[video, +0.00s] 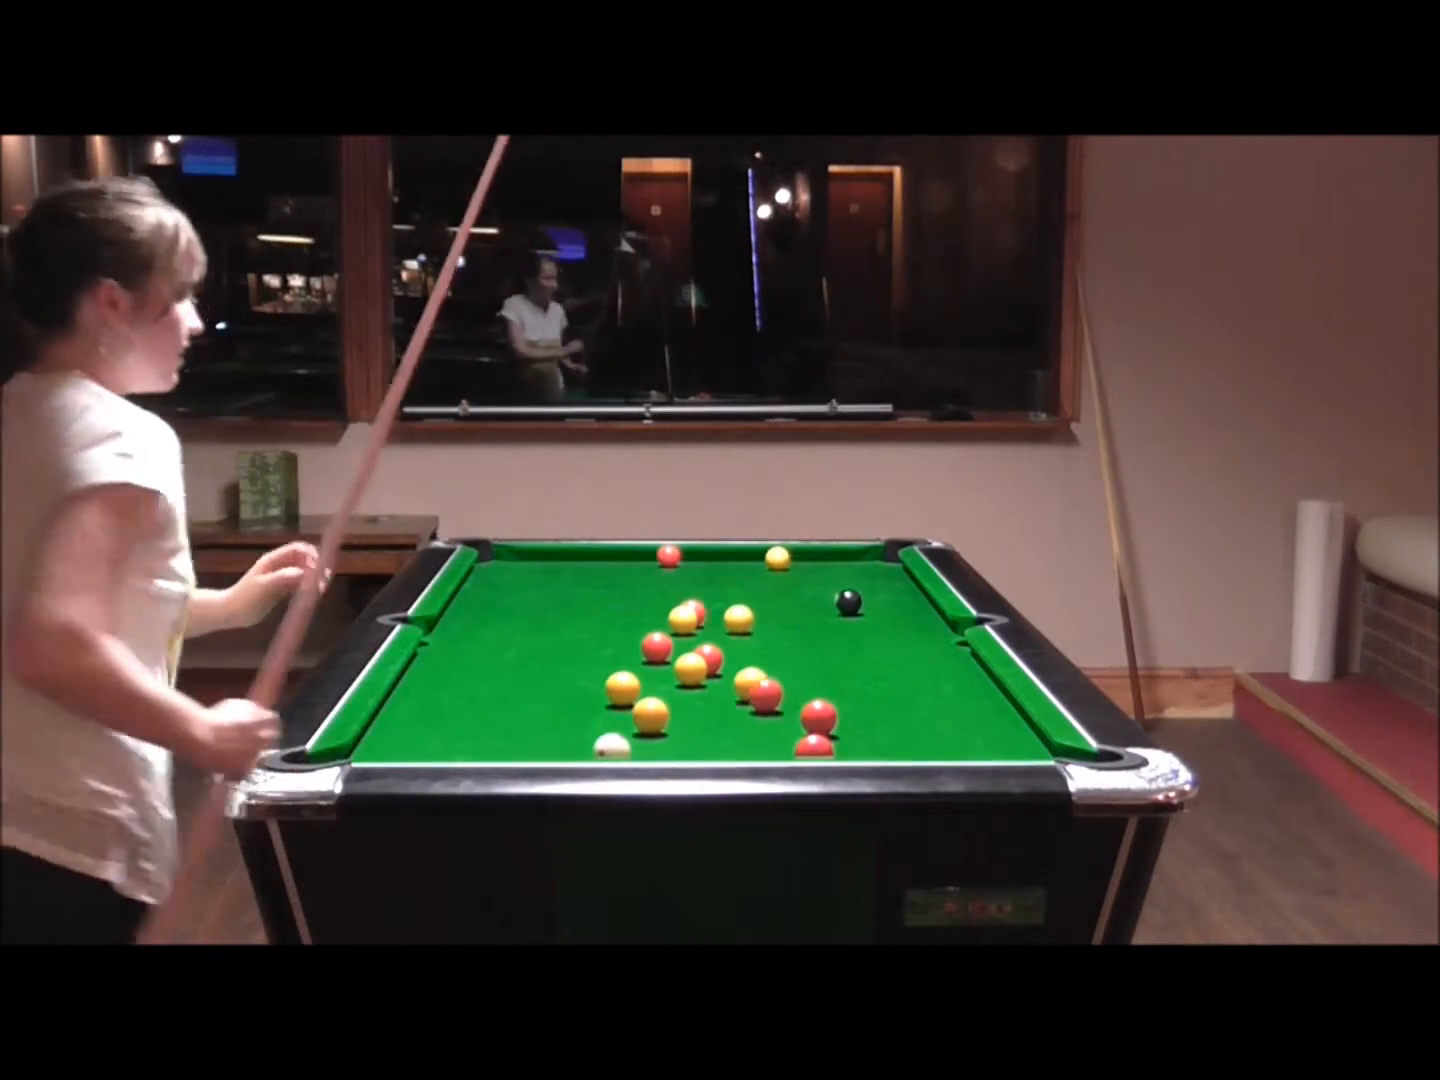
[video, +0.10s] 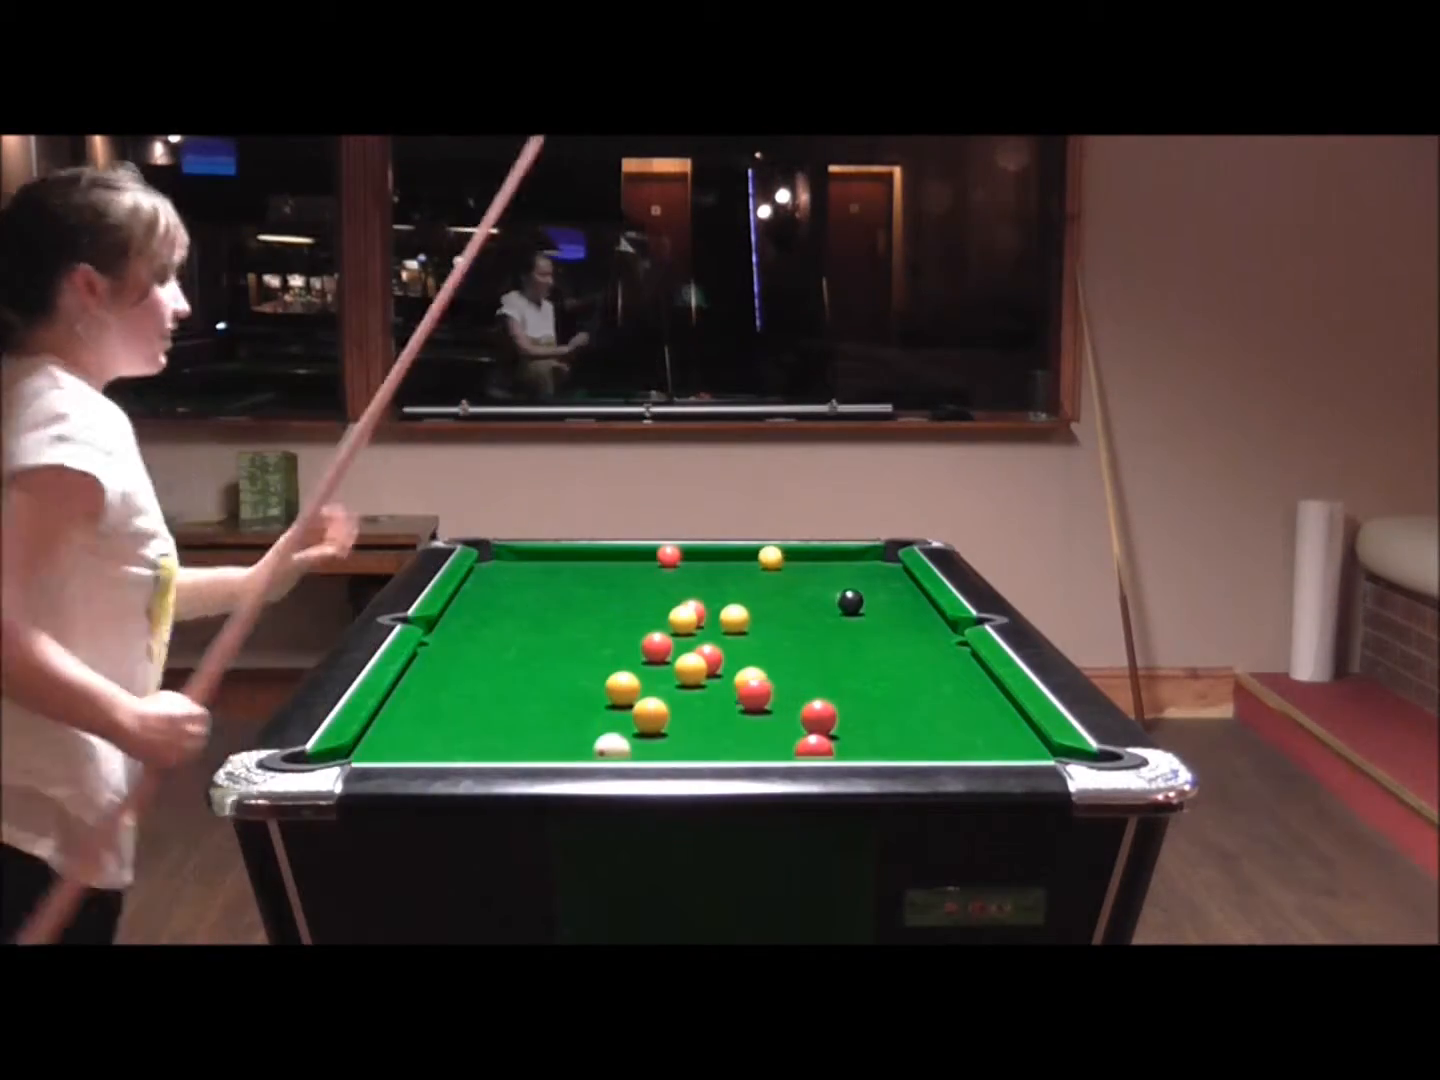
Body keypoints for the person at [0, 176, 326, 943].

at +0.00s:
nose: (195, 322)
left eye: (191, 299)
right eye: (180, 298)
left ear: (104, 307)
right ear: (110, 303)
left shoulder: (21, 408)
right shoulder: (123, 436)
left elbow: (94, 602)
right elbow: (51, 638)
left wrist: (229, 607)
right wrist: (199, 731)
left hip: (13, 831)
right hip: (73, 854)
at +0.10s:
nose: (181, 306)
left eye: (175, 280)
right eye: (161, 281)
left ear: (89, 290)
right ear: (88, 288)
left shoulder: (45, 401)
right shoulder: (65, 422)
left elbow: (107, 589)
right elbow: (9, 630)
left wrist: (260, 578)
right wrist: (129, 717)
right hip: (50, 837)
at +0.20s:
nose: (165, 295)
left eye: (159, 269)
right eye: (143, 270)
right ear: (61, 284)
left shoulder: (87, 404)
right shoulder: (17, 416)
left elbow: (178, 552)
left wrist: (304, 536)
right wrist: (26, 693)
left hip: (52, 809)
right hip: (15, 825)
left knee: (48, 932)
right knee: (41, 934)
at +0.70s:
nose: (128, 369)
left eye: (130, 343)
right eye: (102, 349)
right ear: (21, 353)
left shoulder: (118, 452)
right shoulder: (6, 457)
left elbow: (210, 580)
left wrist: (289, 631)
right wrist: (15, 644)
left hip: (14, 724)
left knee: (27, 925)